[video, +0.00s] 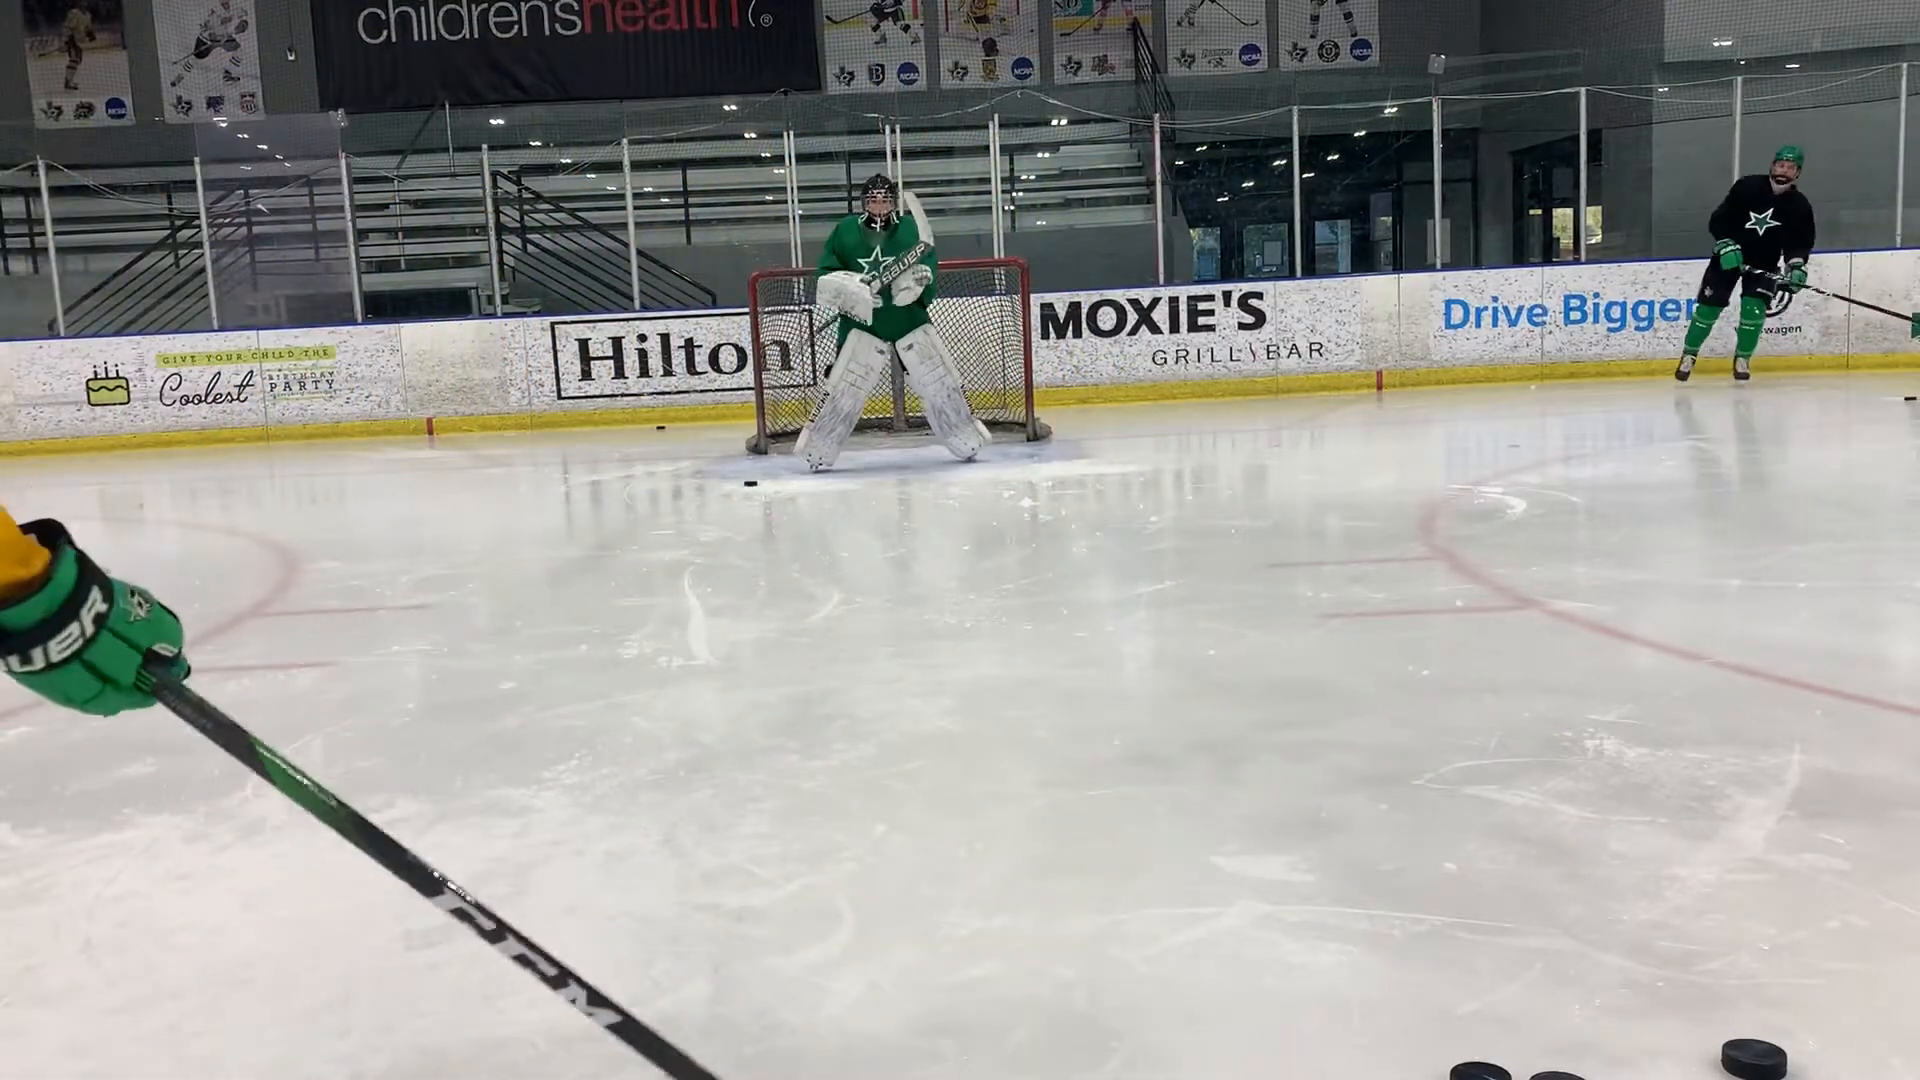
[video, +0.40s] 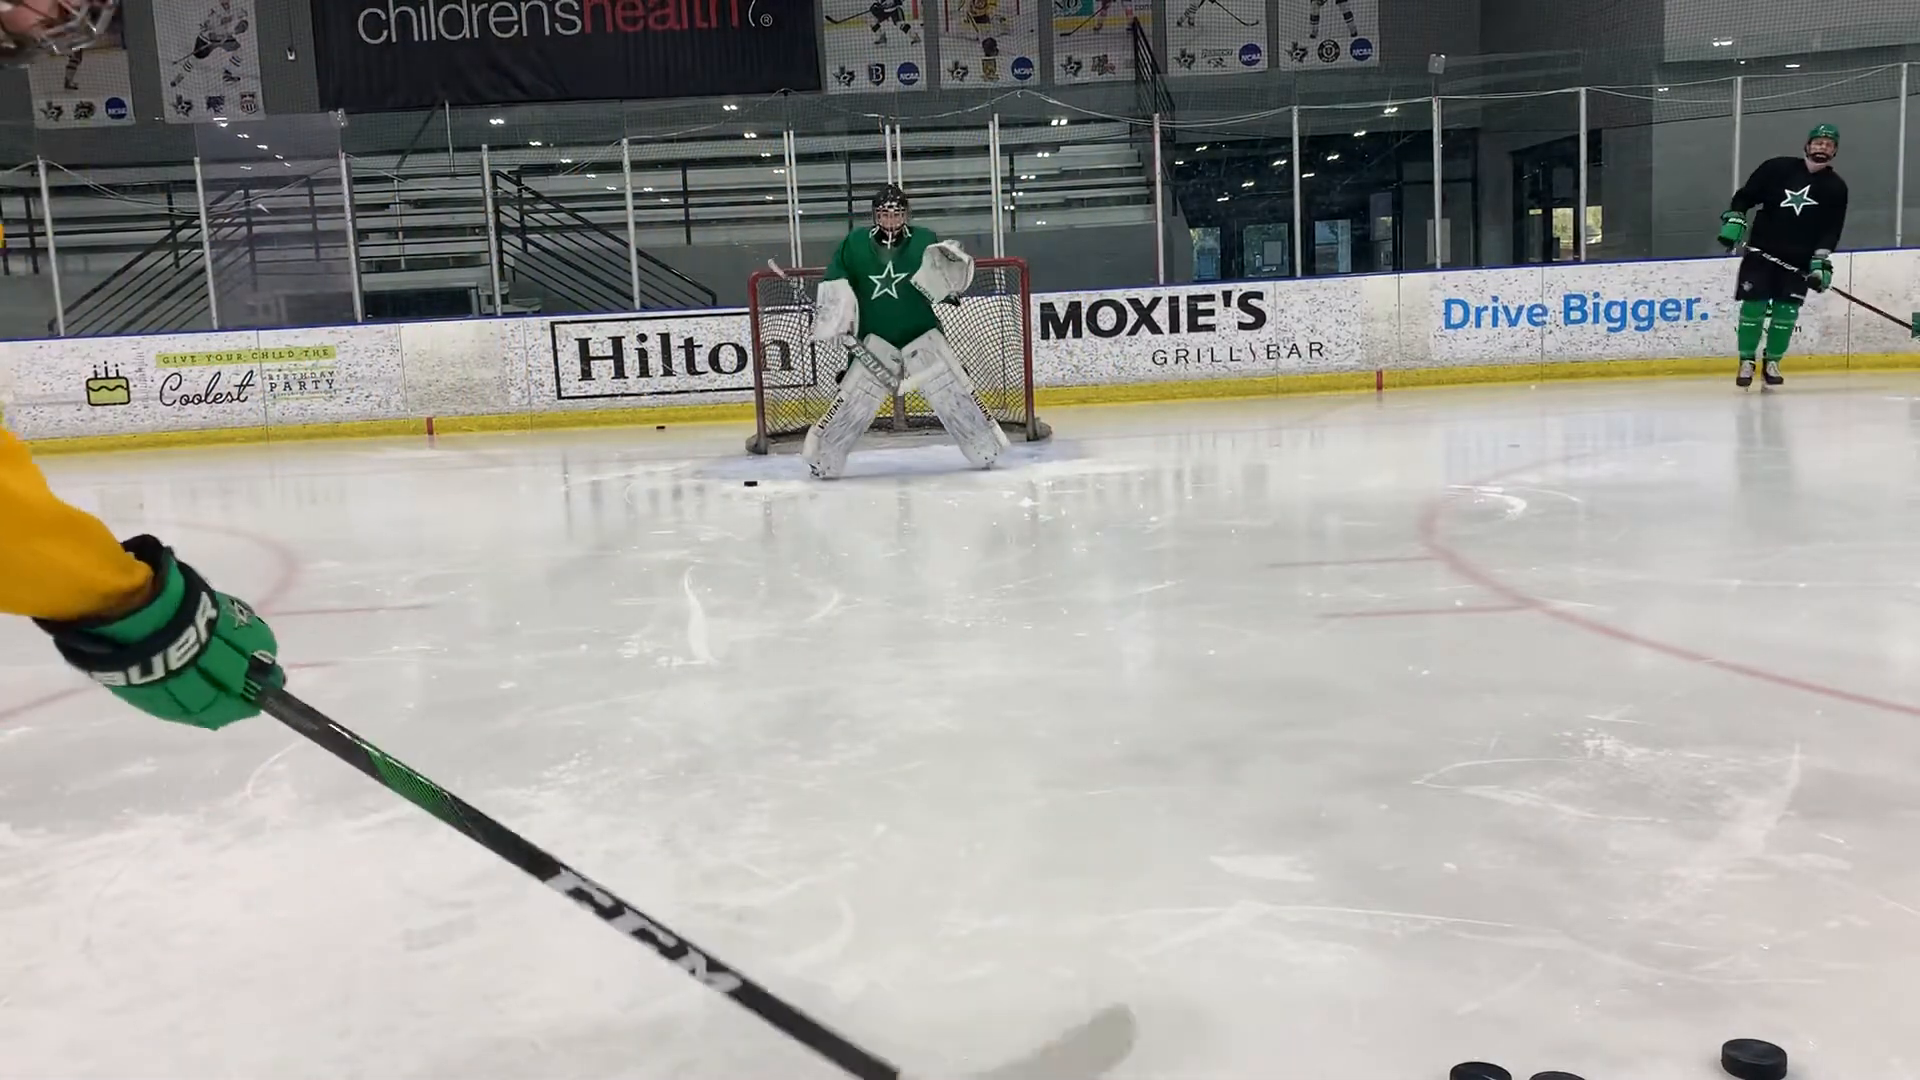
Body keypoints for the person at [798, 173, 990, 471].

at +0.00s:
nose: (879, 204)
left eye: (884, 199)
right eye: (873, 198)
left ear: (894, 201)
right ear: (864, 201)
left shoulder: (908, 228)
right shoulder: (846, 231)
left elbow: (928, 264)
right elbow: (824, 276)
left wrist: (918, 279)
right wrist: (849, 288)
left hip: (909, 321)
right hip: (864, 323)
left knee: (939, 383)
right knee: (845, 390)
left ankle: (967, 445)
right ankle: (819, 454)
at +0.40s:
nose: (890, 220)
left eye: (896, 214)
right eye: (884, 214)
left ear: (905, 215)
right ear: (875, 215)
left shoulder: (924, 240)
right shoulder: (855, 244)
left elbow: (951, 289)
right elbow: (834, 283)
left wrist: (950, 269)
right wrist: (839, 314)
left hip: (921, 334)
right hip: (874, 337)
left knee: (952, 394)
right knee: (854, 403)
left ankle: (986, 453)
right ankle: (825, 463)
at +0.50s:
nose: (894, 234)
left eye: (899, 227)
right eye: (888, 228)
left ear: (908, 228)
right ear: (879, 229)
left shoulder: (927, 254)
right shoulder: (858, 260)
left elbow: (950, 302)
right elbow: (838, 301)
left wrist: (953, 276)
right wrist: (840, 338)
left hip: (924, 341)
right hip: (879, 346)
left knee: (956, 398)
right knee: (865, 408)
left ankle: (994, 455)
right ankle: (825, 461)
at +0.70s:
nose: (902, 258)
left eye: (908, 252)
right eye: (896, 252)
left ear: (917, 253)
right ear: (886, 253)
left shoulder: (934, 277)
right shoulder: (865, 283)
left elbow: (957, 323)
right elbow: (844, 324)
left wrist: (958, 306)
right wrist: (844, 367)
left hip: (933, 360)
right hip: (887, 366)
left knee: (970, 407)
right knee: (866, 418)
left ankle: (1016, 454)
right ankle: (821, 463)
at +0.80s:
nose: (906, 266)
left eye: (912, 260)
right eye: (900, 261)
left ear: (921, 262)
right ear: (889, 262)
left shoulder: (939, 285)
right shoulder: (867, 291)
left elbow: (963, 336)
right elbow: (848, 333)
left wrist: (965, 312)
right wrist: (847, 372)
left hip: (938, 367)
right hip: (890, 372)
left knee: (978, 408)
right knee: (867, 421)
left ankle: (1022, 451)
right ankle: (822, 463)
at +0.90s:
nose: (911, 275)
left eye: (916, 269)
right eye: (904, 269)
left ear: (925, 270)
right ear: (893, 271)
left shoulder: (942, 293)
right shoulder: (872, 298)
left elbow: (967, 343)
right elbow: (852, 340)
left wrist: (969, 325)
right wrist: (850, 380)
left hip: (944, 371)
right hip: (894, 377)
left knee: (983, 410)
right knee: (869, 423)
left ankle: (1026, 453)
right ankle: (825, 464)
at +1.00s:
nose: (913, 281)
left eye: (919, 274)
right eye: (907, 275)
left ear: (929, 274)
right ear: (895, 276)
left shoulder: (946, 296)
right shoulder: (876, 303)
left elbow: (969, 348)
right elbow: (854, 342)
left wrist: (970, 333)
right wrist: (852, 380)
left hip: (946, 372)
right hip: (897, 378)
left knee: (982, 409)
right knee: (872, 424)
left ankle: (1027, 451)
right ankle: (826, 464)